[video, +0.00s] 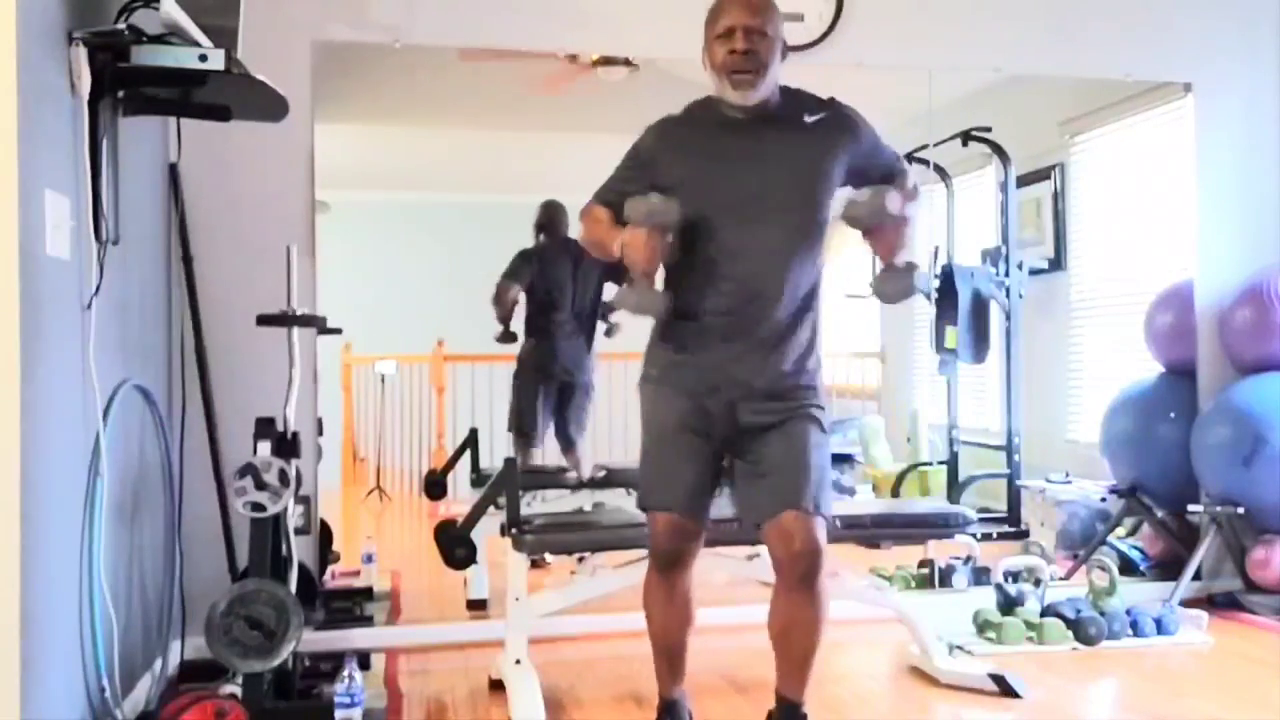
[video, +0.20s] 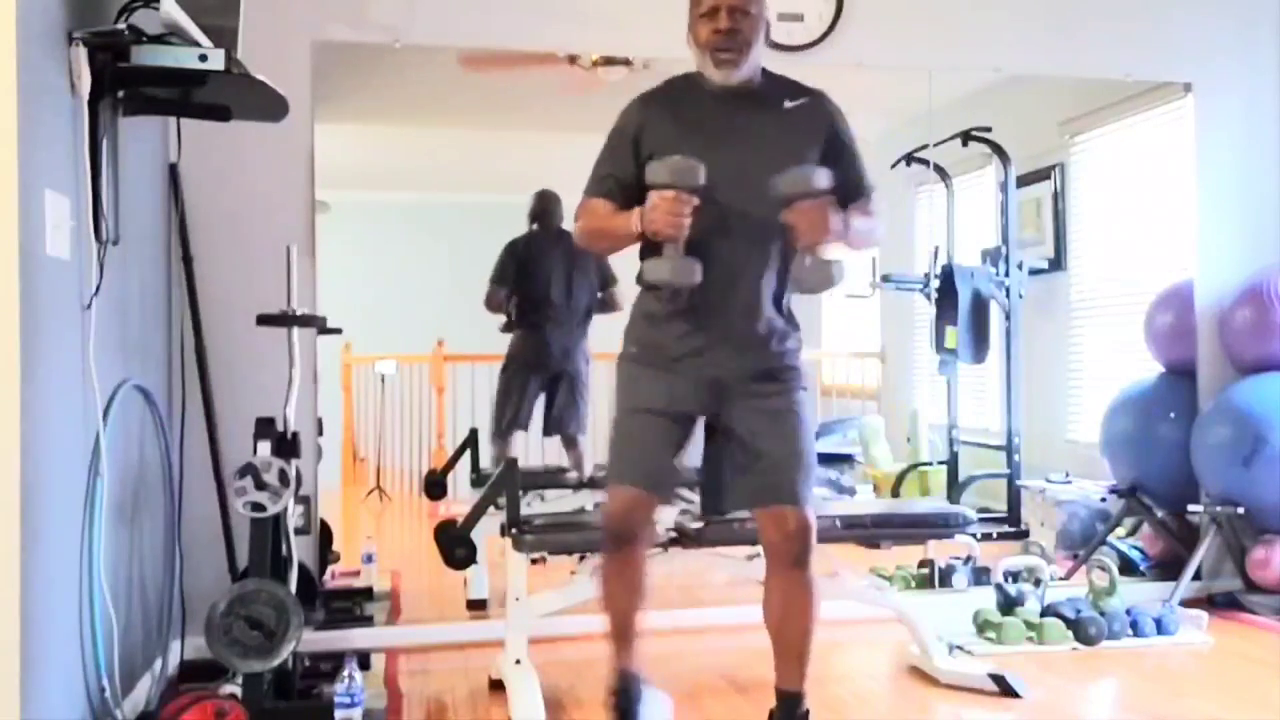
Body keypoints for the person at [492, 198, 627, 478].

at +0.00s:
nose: (538, 227)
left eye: (538, 223)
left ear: (539, 225)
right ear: (567, 224)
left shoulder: (531, 256)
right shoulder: (592, 255)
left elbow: (505, 294)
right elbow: (632, 279)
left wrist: (505, 323)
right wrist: (611, 308)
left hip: (539, 353)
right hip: (577, 354)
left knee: (526, 433)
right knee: (572, 432)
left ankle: (525, 497)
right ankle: (584, 490)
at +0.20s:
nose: (535, 216)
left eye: (533, 211)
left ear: (533, 215)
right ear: (562, 214)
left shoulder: (519, 248)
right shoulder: (587, 249)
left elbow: (494, 301)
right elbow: (614, 301)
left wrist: (517, 306)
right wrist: (582, 304)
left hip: (530, 347)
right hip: (573, 351)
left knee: (505, 430)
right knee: (572, 431)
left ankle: (503, 494)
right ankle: (583, 490)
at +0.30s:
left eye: (529, 226)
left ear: (524, 228)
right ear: (554, 227)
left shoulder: (509, 262)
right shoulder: (578, 261)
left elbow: (487, 319)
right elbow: (594, 319)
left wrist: (508, 310)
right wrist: (565, 312)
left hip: (521, 360)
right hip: (567, 361)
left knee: (484, 430)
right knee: (578, 442)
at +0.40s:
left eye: (520, 249)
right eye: (535, 249)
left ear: (513, 252)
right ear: (542, 251)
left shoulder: (498, 286)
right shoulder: (562, 284)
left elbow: (479, 344)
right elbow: (579, 335)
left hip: (514, 378)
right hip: (558, 378)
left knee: (476, 427)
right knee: (578, 448)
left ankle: (446, 478)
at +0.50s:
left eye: (506, 268)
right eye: (521, 268)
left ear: (500, 271)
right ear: (529, 270)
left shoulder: (483, 305)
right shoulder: (546, 302)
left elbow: (462, 363)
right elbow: (562, 354)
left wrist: (482, 347)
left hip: (498, 396)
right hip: (542, 396)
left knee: (449, 448)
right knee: (567, 458)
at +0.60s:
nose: (491, 275)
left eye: (490, 267)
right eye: (496, 267)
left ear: (485, 266)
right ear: (518, 268)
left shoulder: (469, 301)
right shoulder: (532, 302)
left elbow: (443, 355)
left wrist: (467, 341)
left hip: (479, 393)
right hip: (524, 394)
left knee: (443, 456)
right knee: (545, 457)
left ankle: (439, 534)